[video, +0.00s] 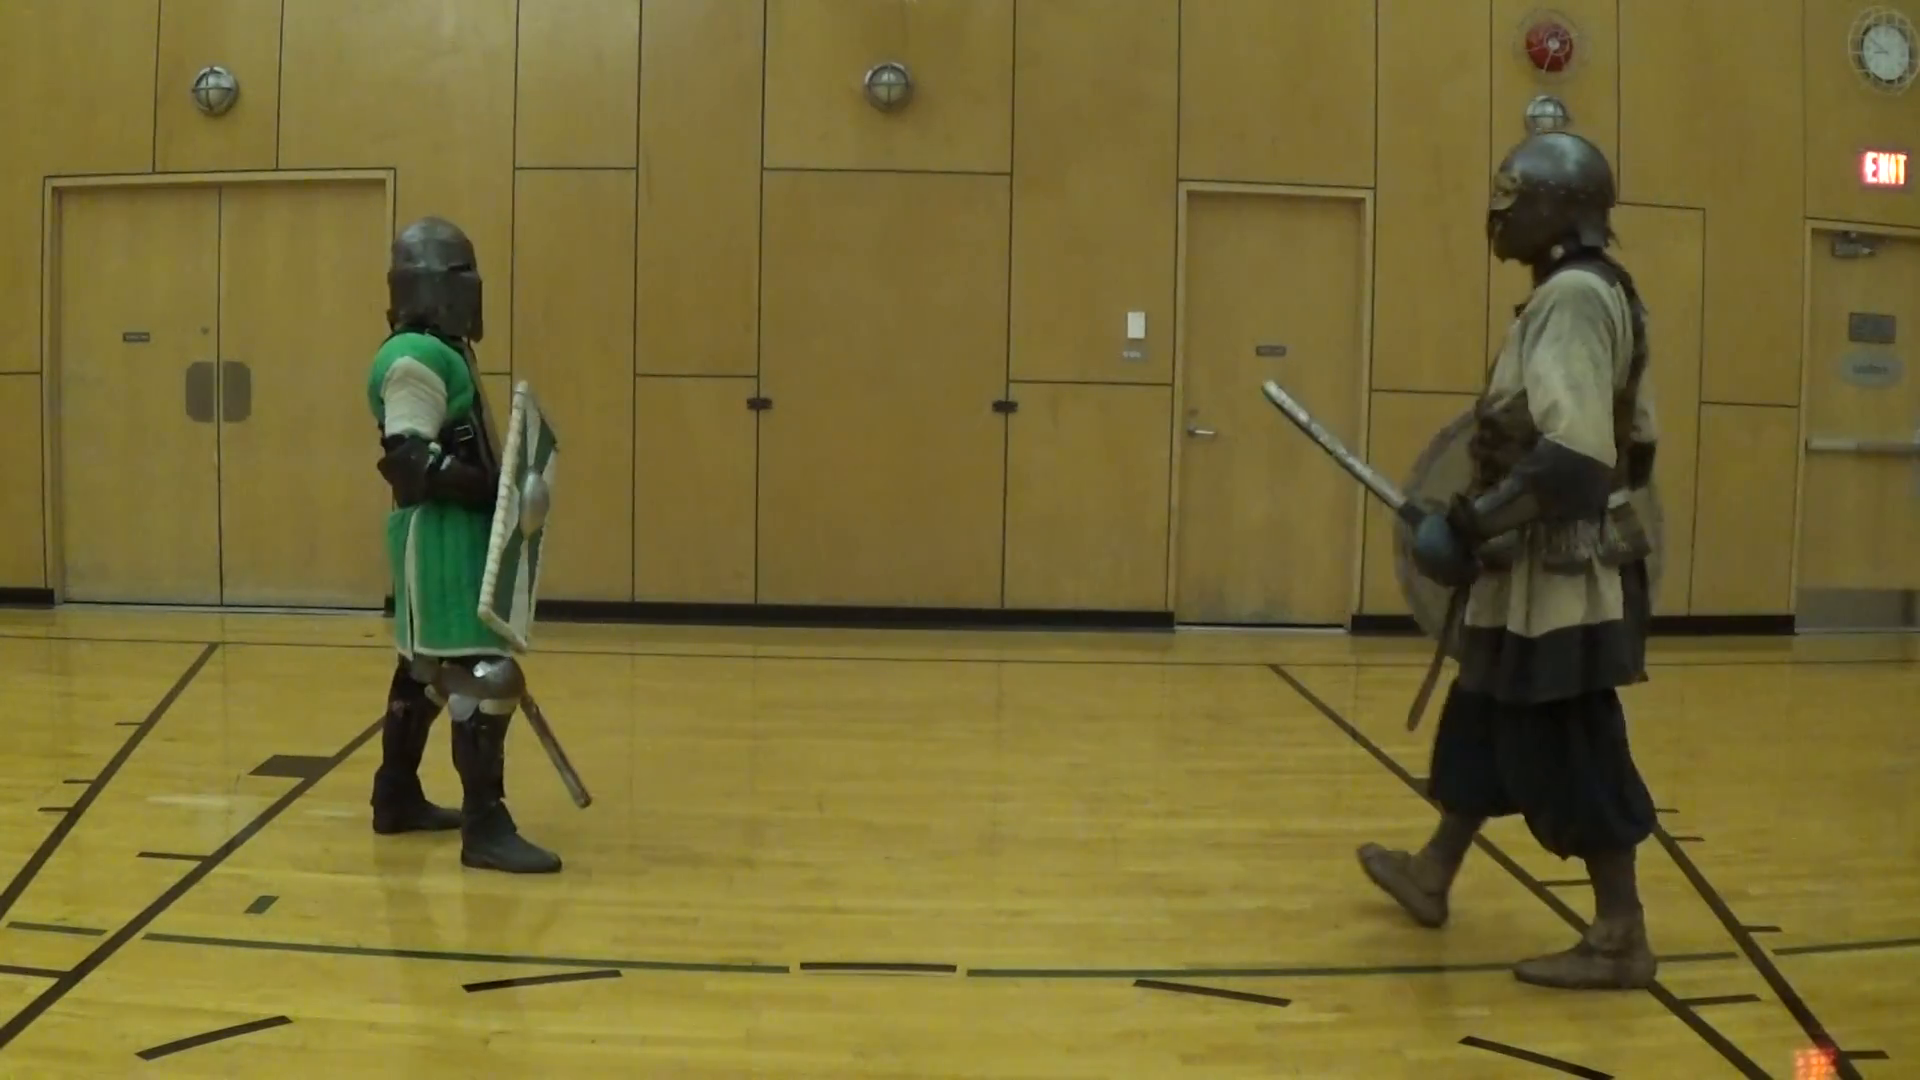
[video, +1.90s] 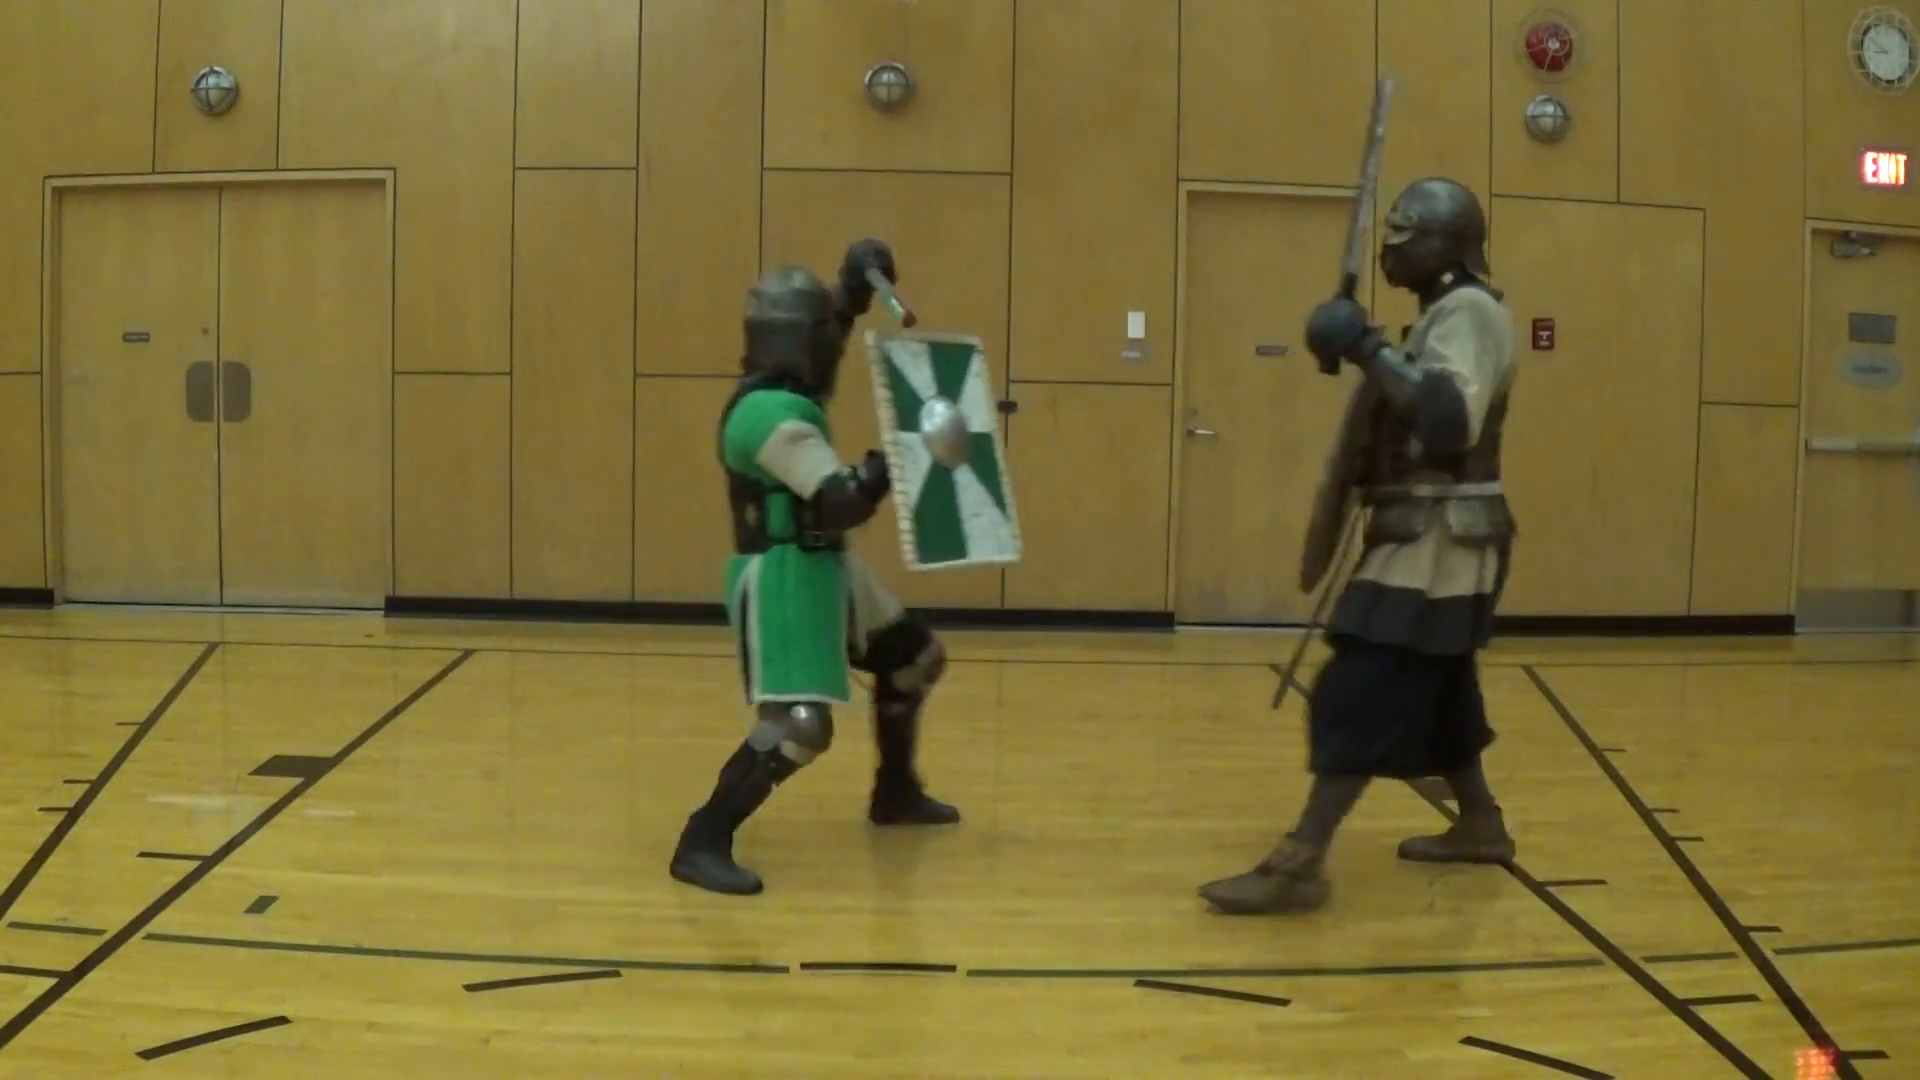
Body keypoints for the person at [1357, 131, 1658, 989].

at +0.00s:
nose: (1496, 211)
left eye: (1512, 196)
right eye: (1500, 194)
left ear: (1565, 211)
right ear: (1568, 212)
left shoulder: (1573, 299)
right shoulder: (1593, 291)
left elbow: (1573, 454)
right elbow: (1632, 450)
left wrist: (1466, 522)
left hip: (1558, 573)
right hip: (1539, 568)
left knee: (1580, 746)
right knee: (1485, 719)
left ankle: (1619, 937)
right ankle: (1431, 873)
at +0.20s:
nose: (1446, 211)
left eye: (1464, 197)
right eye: (1451, 197)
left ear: (1515, 211)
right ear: (1510, 215)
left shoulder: (1536, 298)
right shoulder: (1507, 298)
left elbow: (1569, 444)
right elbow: (1506, 437)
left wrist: (1472, 521)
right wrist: (1437, 502)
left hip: (1508, 570)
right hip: (1471, 565)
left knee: (1532, 739)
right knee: (1441, 721)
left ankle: (1609, 920)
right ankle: (1409, 881)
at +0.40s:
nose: (1408, 213)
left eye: (1424, 199)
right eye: (1412, 198)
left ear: (1473, 212)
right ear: (1467, 214)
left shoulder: (1498, 291)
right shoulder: (1465, 294)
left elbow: (1533, 428)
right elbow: (1450, 423)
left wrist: (1419, 475)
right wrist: (1380, 481)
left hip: (1455, 552)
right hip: (1433, 545)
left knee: (1425, 722)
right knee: (1428, 716)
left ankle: (1553, 877)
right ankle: (1407, 880)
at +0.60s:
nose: (1374, 211)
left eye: (1392, 197)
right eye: (1377, 195)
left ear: (1444, 210)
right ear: (1428, 210)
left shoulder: (1464, 283)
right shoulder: (1431, 290)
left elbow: (1493, 398)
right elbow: (1429, 408)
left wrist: (1366, 387)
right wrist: (1340, 461)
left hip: (1419, 531)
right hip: (1400, 525)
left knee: (1340, 699)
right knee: (1400, 696)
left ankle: (1424, 870)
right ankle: (1409, 865)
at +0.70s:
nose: (1355, 207)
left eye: (1371, 194)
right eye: (1358, 192)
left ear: (1422, 208)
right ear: (1414, 209)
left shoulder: (1443, 282)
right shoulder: (1415, 288)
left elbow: (1473, 385)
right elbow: (1398, 414)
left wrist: (1359, 343)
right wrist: (1319, 443)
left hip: (1394, 527)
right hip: (1410, 525)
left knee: (1325, 695)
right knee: (1418, 700)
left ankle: (1339, 882)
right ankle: (1407, 880)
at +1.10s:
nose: (1291, 205)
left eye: (1307, 191)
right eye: (1295, 190)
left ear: (1356, 205)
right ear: (1361, 208)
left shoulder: (1358, 287)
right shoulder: (1364, 281)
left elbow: (1357, 407)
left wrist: (1267, 338)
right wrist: (1278, 336)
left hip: (1322, 531)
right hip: (1357, 528)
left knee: (1276, 694)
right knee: (1350, 691)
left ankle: (1278, 872)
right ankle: (1394, 852)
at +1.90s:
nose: (1388, 242)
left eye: (1405, 231)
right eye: (1391, 230)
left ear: (1449, 243)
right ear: (1439, 244)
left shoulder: (1468, 314)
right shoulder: (1439, 314)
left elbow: (1446, 417)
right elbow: (1419, 400)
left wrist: (1369, 345)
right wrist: (1358, 345)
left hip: (1440, 540)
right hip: (1422, 534)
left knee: (1355, 692)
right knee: (1437, 685)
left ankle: (1299, 862)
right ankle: (1481, 823)